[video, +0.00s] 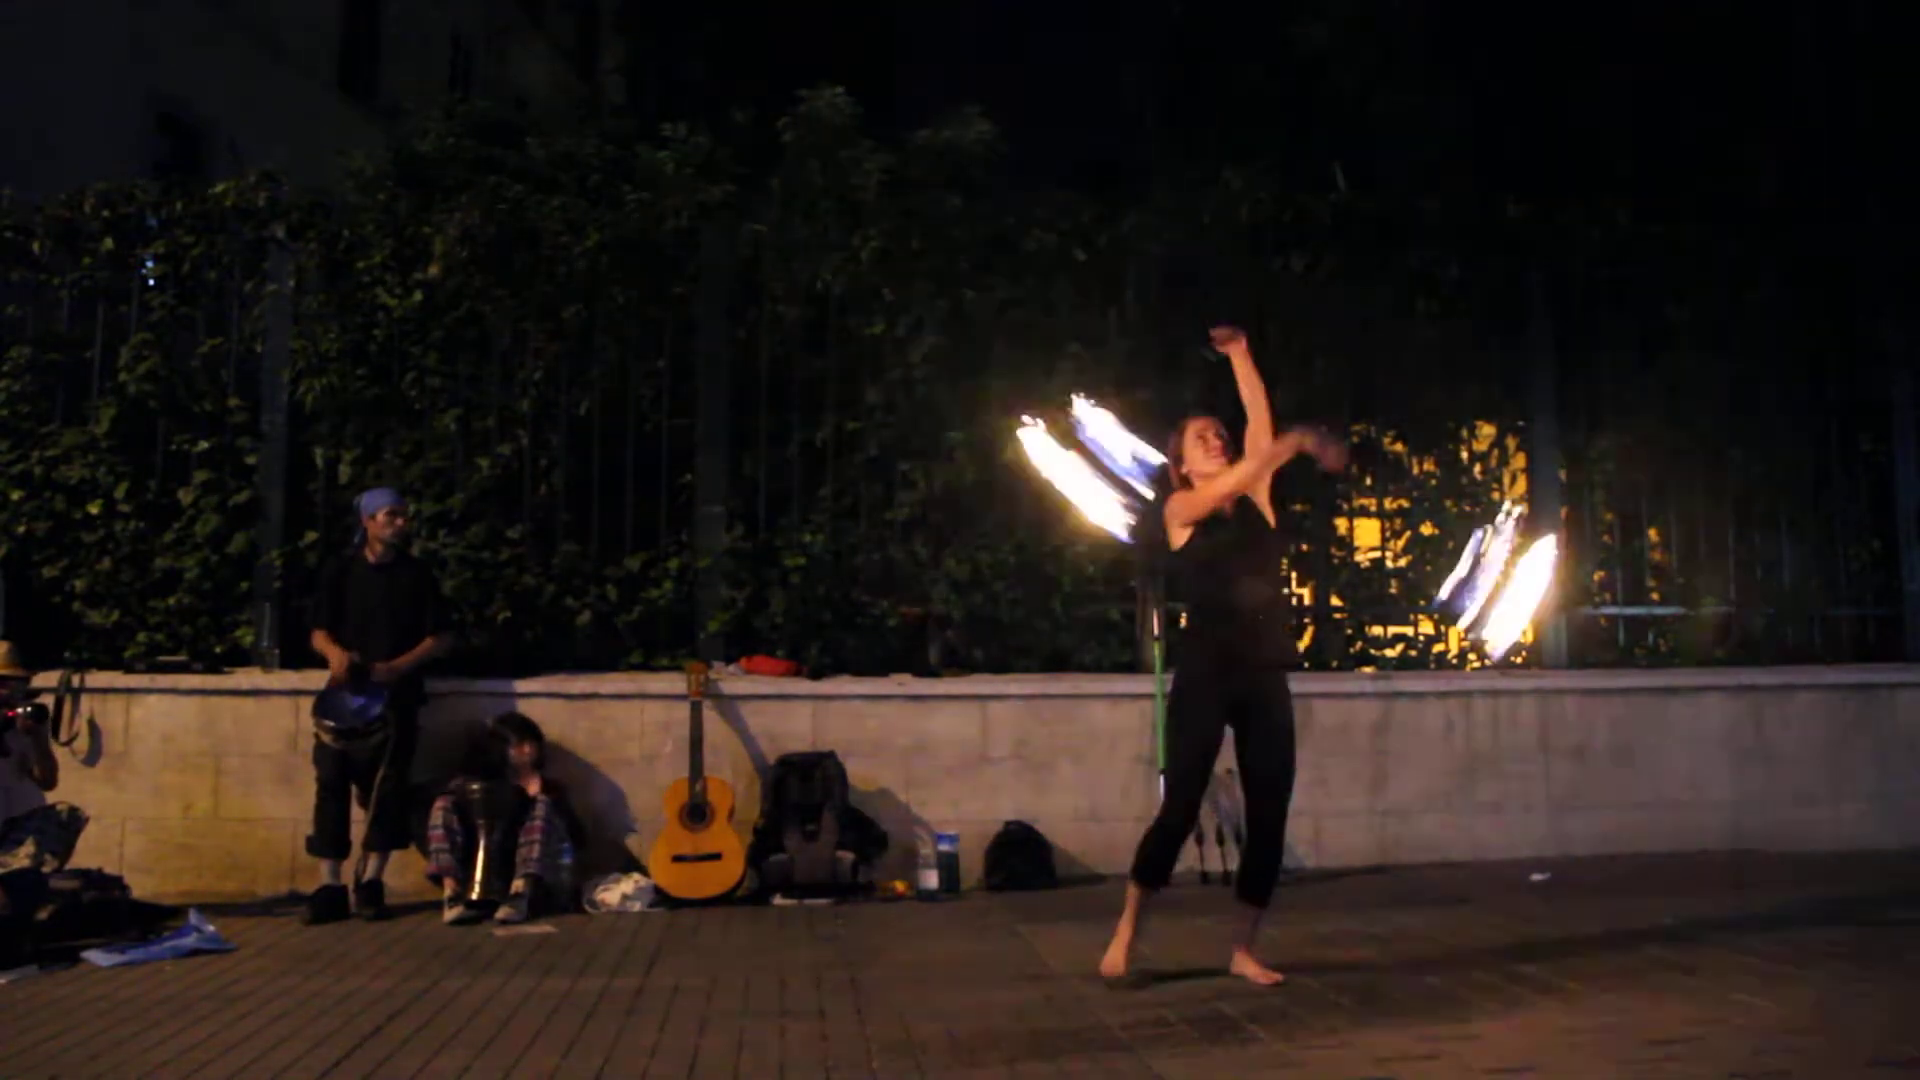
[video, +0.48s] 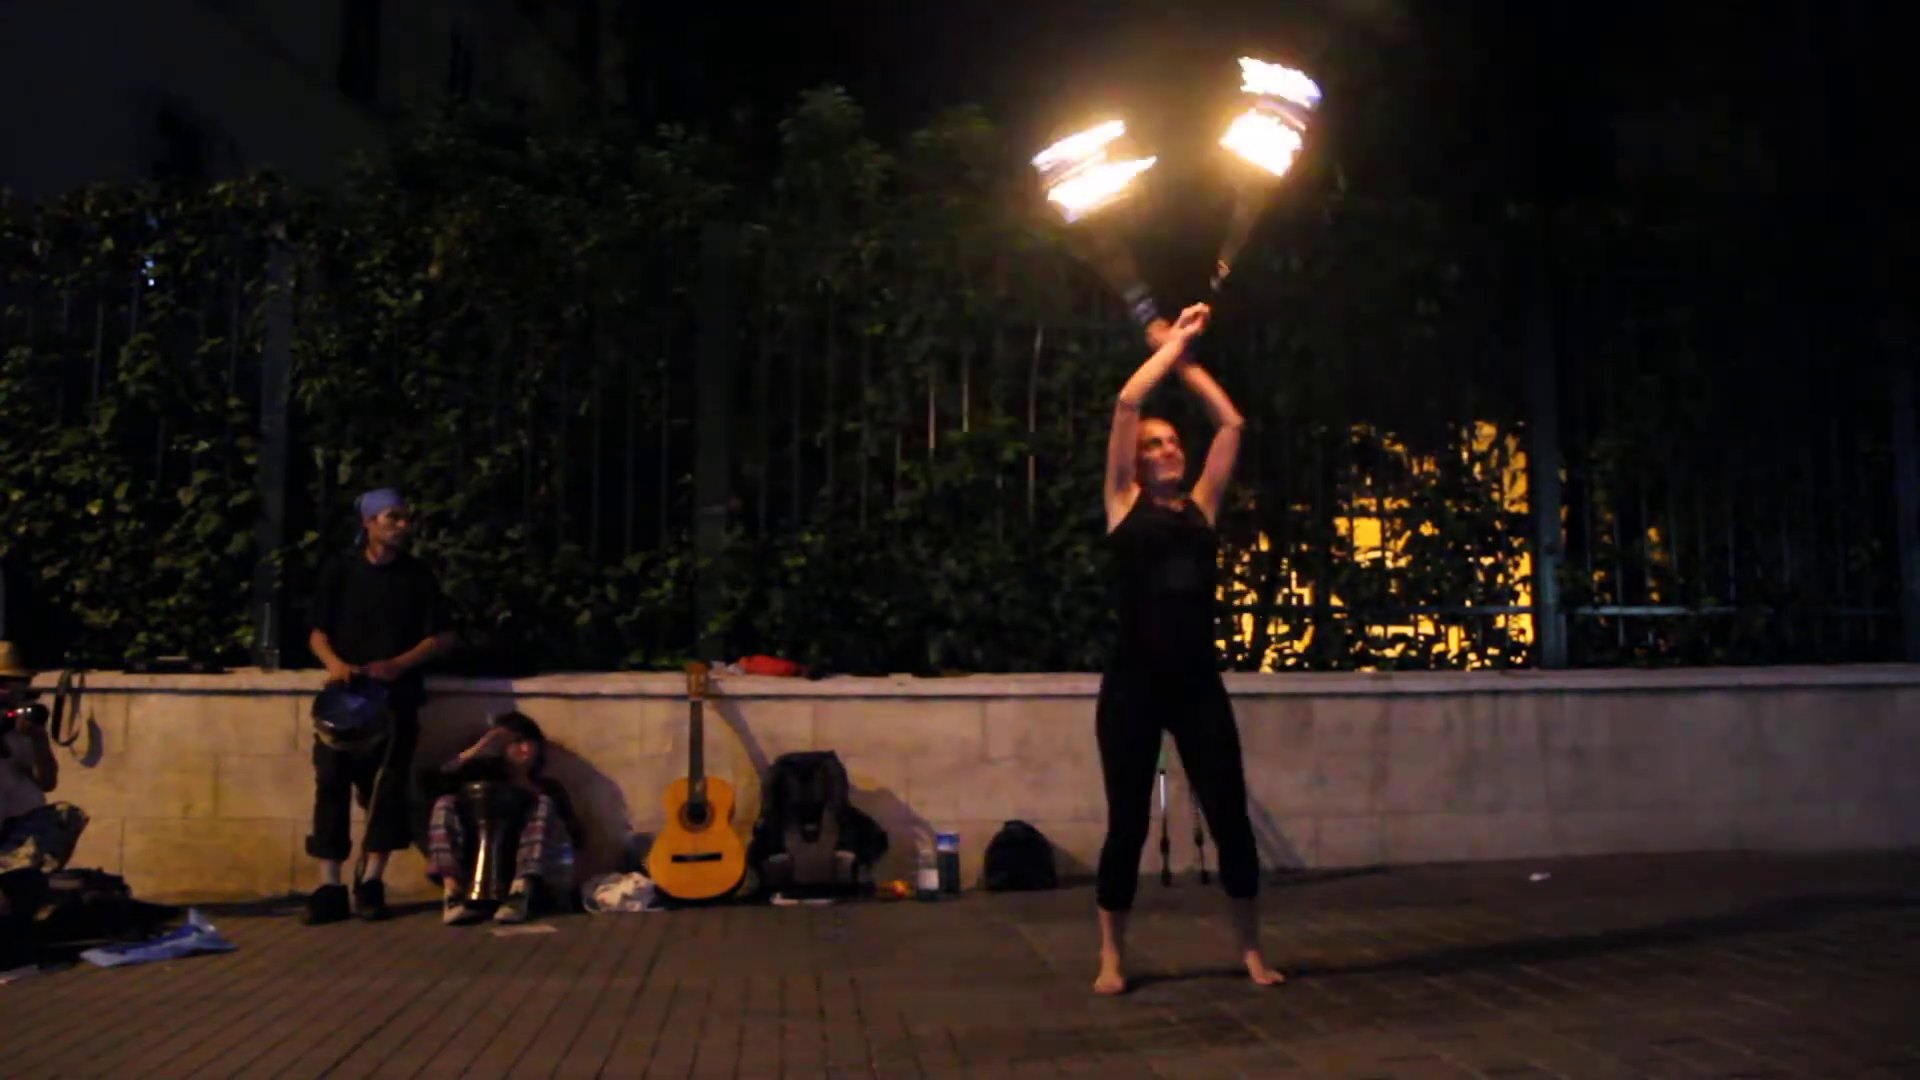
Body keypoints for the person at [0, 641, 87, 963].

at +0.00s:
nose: (11, 690)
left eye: (17, 683)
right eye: (6, 683)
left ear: (25, 686)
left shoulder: (25, 723)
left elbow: (48, 781)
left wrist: (37, 734)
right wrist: (18, 731)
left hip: (23, 817)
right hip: (8, 821)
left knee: (70, 816)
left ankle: (29, 878)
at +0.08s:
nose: (11, 690)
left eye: (16, 683)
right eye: (6, 682)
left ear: (25, 686)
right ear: (1, 685)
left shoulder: (26, 722)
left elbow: (48, 781)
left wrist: (35, 733)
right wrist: (22, 731)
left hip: (26, 817)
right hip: (10, 820)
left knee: (71, 818)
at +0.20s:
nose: (11, 690)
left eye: (16, 683)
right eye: (6, 682)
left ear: (24, 686)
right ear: (1, 685)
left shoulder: (24, 724)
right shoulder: (11, 724)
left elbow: (48, 782)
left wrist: (37, 733)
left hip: (29, 818)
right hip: (11, 822)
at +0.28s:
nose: (11, 690)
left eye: (17, 683)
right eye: (6, 682)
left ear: (25, 686)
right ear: (0, 685)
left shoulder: (26, 723)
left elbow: (47, 782)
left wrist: (36, 734)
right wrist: (17, 732)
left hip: (28, 818)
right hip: (11, 821)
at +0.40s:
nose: (13, 691)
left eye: (19, 684)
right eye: (7, 683)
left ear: (27, 686)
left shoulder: (27, 725)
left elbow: (48, 782)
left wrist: (36, 732)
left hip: (27, 819)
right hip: (11, 822)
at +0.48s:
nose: (17, 693)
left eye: (22, 687)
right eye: (10, 686)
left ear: (28, 688)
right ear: (2, 688)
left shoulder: (27, 727)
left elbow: (47, 782)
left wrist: (37, 734)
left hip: (25, 816)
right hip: (11, 818)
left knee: (70, 817)